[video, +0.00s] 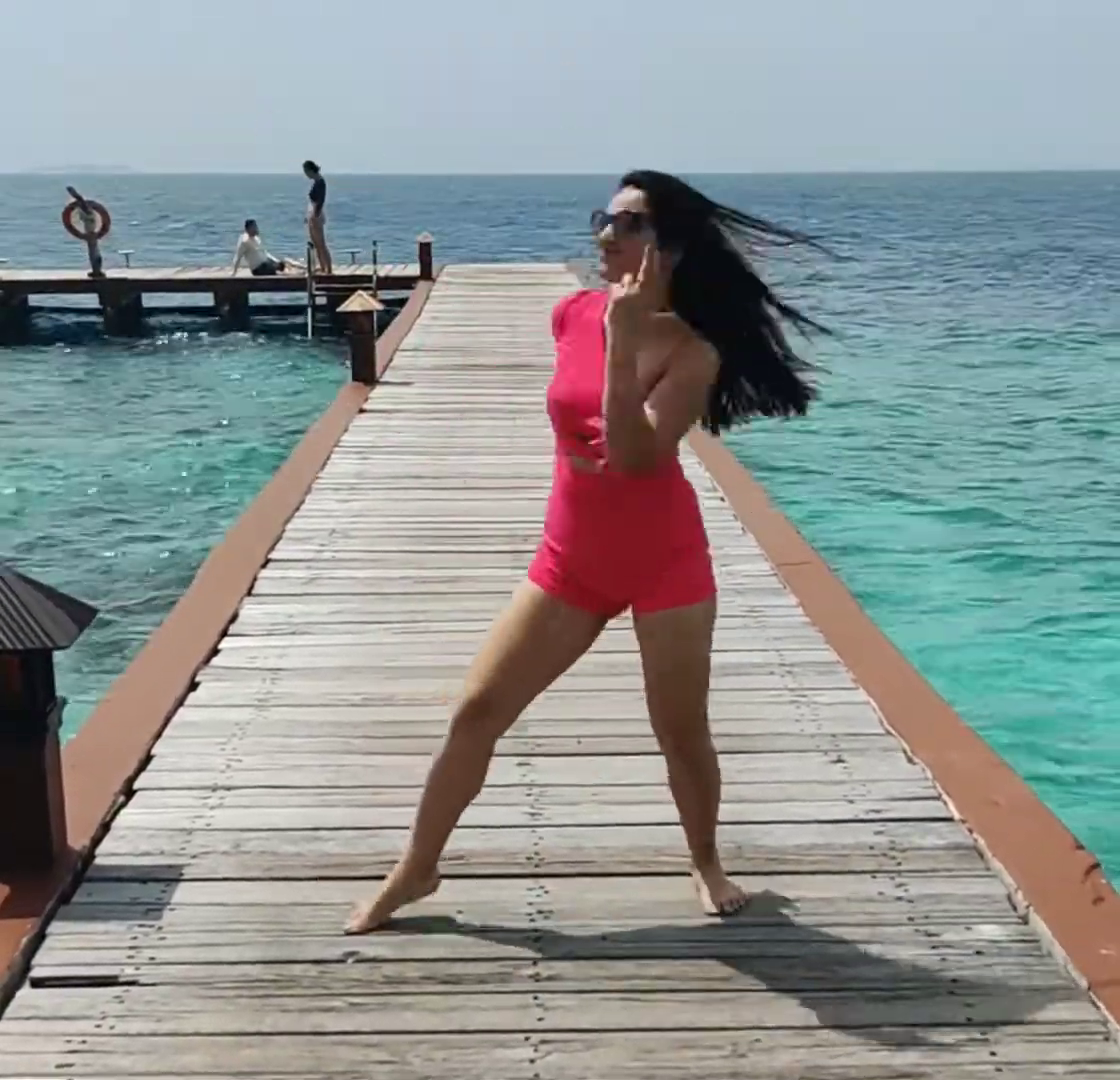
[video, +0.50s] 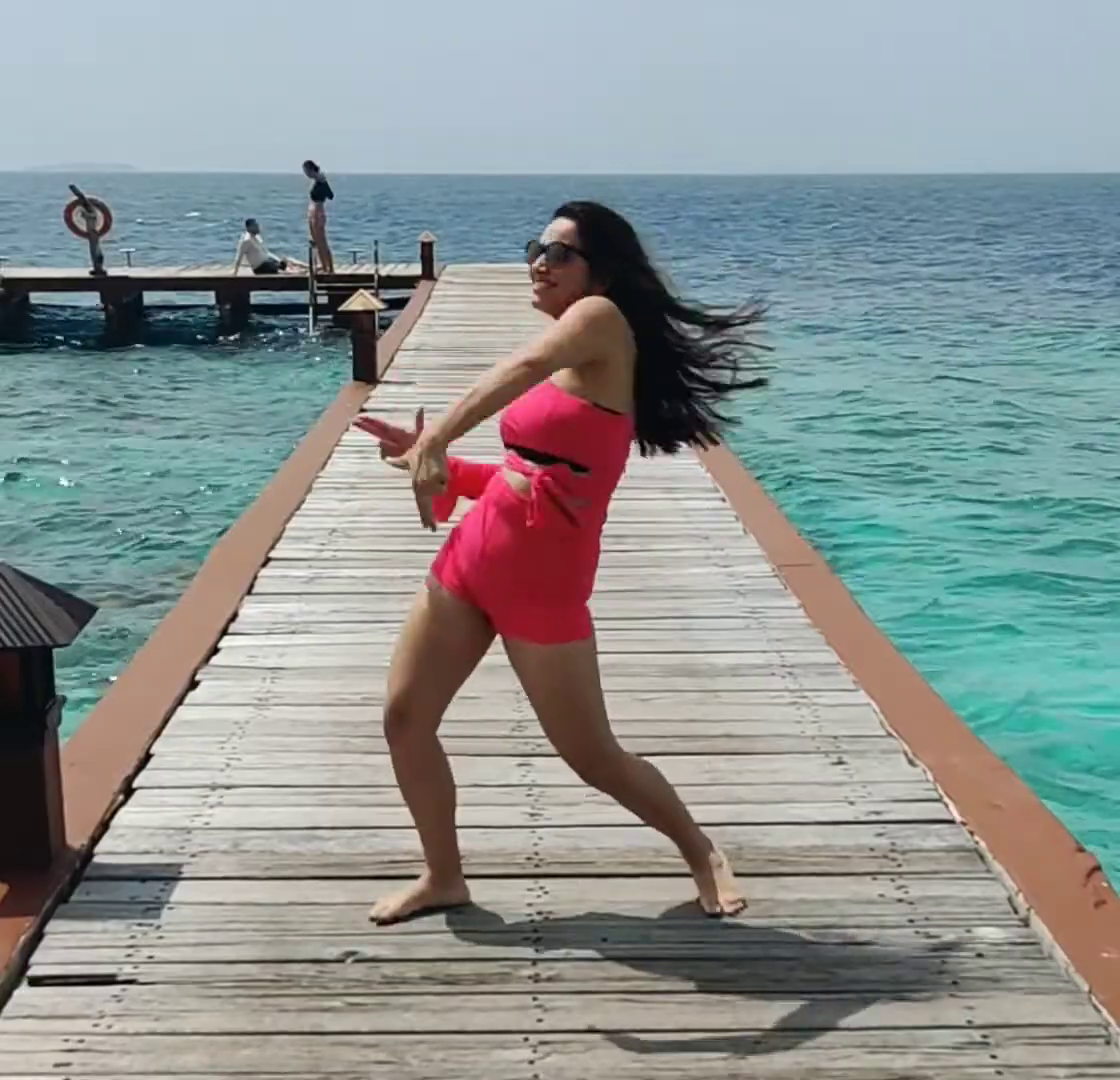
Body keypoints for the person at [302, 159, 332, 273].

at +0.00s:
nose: (306, 175)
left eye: (306, 172)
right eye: (305, 172)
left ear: (311, 170)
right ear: (313, 170)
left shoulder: (319, 182)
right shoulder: (316, 182)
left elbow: (320, 201)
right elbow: (315, 200)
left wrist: (316, 215)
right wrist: (310, 214)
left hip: (317, 214)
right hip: (312, 214)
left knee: (320, 243)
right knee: (316, 243)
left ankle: (328, 269)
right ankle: (322, 267)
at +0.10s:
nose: (306, 175)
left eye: (306, 172)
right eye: (305, 172)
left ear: (311, 170)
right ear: (313, 170)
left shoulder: (319, 182)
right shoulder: (316, 182)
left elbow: (319, 201)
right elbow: (315, 200)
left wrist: (316, 214)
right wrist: (308, 211)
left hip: (316, 213)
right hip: (312, 212)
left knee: (320, 243)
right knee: (315, 242)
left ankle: (328, 269)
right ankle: (322, 268)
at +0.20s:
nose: (307, 175)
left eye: (307, 172)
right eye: (305, 172)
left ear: (311, 170)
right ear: (313, 170)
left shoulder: (319, 182)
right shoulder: (317, 182)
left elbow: (319, 200)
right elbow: (316, 199)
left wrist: (316, 215)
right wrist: (312, 213)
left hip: (316, 212)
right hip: (312, 212)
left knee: (320, 242)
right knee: (316, 242)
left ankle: (328, 269)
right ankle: (322, 267)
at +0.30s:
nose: (306, 175)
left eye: (307, 172)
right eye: (305, 172)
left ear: (311, 170)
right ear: (312, 170)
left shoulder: (320, 181)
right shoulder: (317, 181)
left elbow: (320, 200)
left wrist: (316, 214)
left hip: (317, 211)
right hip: (312, 210)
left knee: (321, 242)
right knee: (316, 241)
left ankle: (329, 268)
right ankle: (323, 267)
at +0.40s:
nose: (306, 175)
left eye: (306, 172)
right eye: (305, 172)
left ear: (311, 170)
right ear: (313, 169)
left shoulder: (320, 181)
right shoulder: (317, 181)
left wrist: (318, 211)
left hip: (317, 212)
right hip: (313, 211)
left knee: (321, 241)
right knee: (316, 241)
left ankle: (329, 268)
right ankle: (323, 267)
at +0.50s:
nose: (306, 174)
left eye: (307, 171)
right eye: (305, 171)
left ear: (311, 170)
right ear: (312, 169)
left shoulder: (321, 181)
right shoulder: (316, 181)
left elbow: (330, 195)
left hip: (318, 211)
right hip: (312, 211)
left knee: (321, 241)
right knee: (316, 241)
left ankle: (329, 268)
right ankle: (324, 267)